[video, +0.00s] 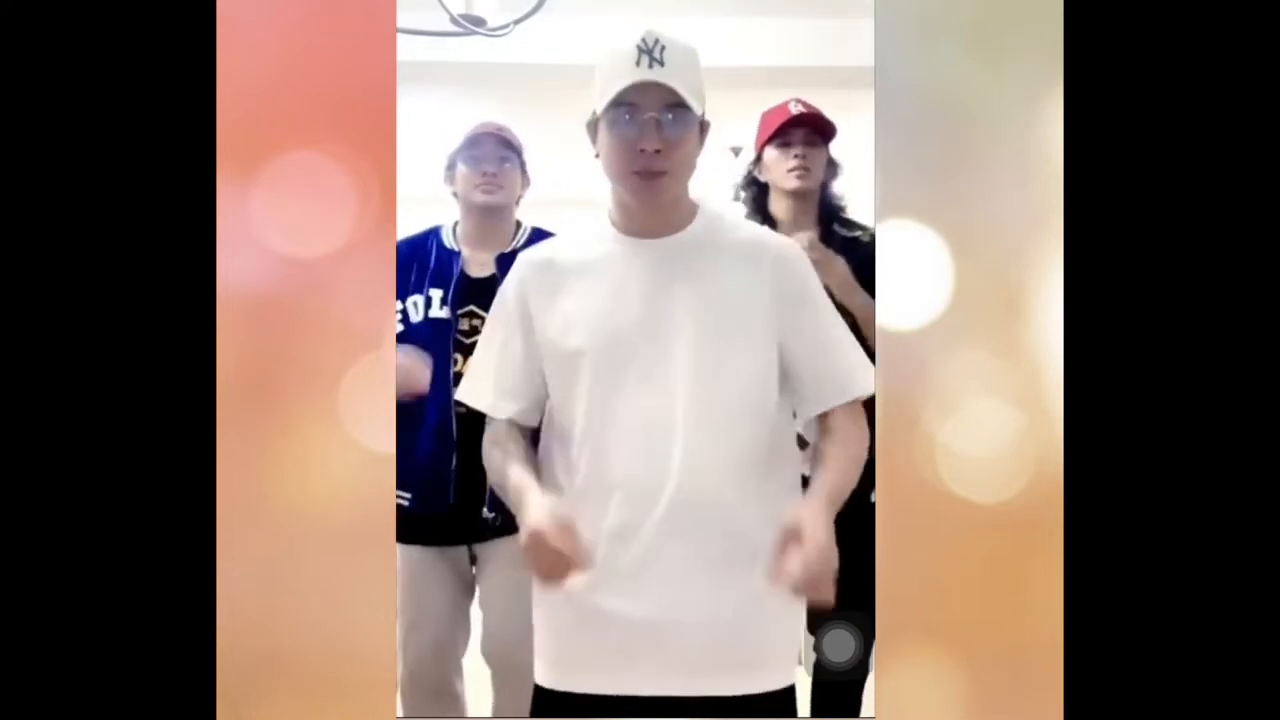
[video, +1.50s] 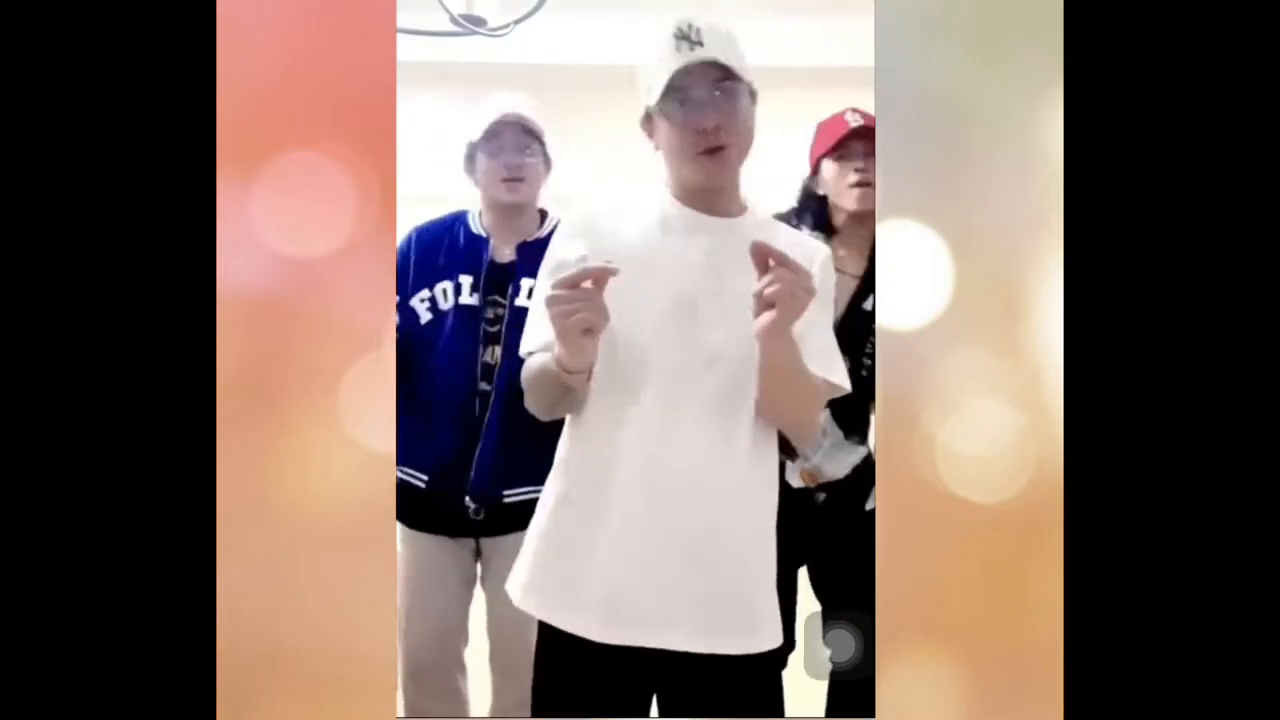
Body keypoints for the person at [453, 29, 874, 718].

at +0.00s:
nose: (650, 139)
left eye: (672, 117)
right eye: (627, 116)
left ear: (701, 137)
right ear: (594, 136)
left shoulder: (772, 266)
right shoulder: (543, 276)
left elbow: (844, 419)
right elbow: (503, 433)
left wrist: (820, 507)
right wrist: (531, 503)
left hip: (743, 654)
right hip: (587, 655)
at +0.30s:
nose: (659, 144)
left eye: (681, 121)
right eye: (637, 120)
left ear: (707, 139)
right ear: (603, 136)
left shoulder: (744, 240)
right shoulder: (570, 244)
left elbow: (773, 356)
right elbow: (545, 352)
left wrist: (775, 239)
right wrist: (559, 243)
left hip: (730, 605)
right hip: (591, 604)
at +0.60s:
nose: (671, 239)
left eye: (694, 222)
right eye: (650, 222)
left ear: (729, 179)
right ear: (606, 179)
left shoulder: (771, 232)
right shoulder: (538, 224)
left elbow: (797, 317)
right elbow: (492, 327)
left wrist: (779, 349)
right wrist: (540, 362)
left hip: (720, 584)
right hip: (583, 587)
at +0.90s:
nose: (652, 120)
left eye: (677, 97)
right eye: (628, 94)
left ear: (707, 120)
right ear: (591, 116)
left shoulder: (766, 248)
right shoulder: (537, 242)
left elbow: (770, 438)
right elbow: (524, 432)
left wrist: (749, 363)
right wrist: (554, 367)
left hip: (720, 601)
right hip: (582, 601)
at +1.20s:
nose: (701, 118)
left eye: (719, 97)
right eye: (676, 91)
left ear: (732, 116)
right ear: (623, 107)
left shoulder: (767, 250)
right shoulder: (559, 223)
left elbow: (780, 435)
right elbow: (518, 391)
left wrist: (755, 343)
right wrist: (548, 333)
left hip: (728, 597)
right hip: (595, 591)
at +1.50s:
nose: (709, 116)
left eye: (726, 93)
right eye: (683, 99)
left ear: (755, 120)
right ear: (652, 130)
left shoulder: (800, 259)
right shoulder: (591, 233)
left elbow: (808, 432)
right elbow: (540, 402)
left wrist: (775, 339)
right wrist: (572, 359)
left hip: (728, 598)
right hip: (592, 592)